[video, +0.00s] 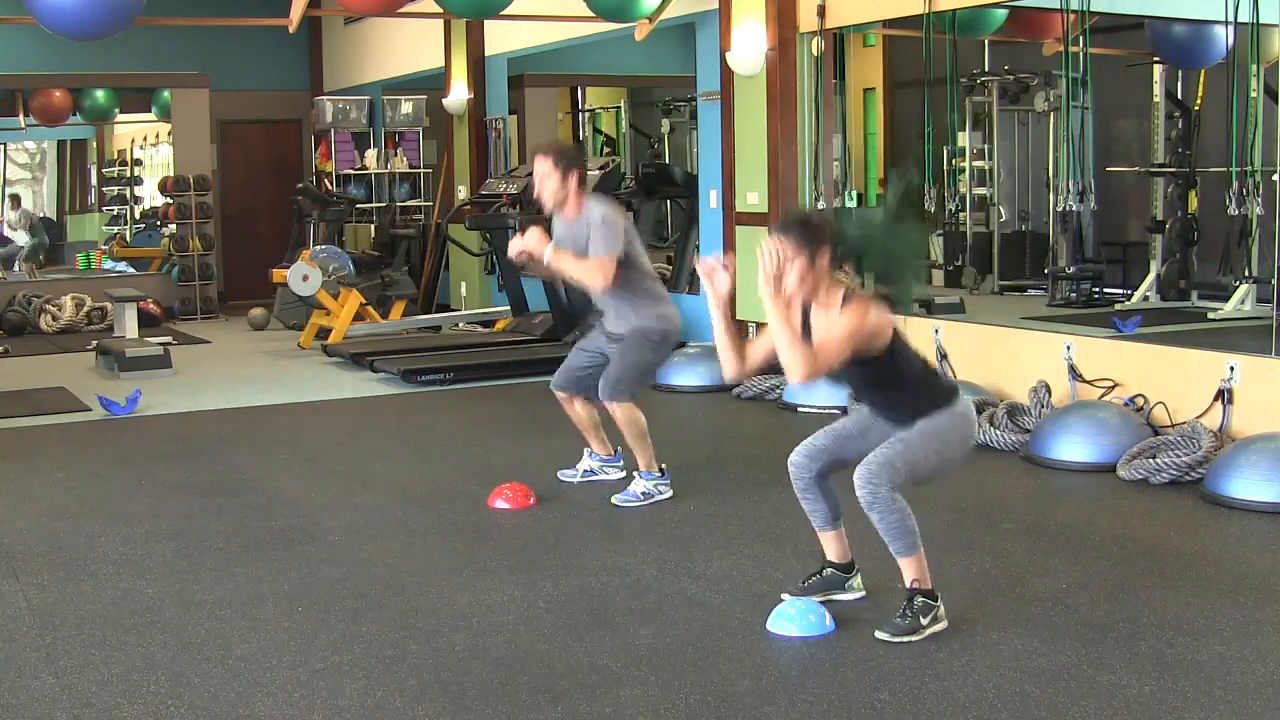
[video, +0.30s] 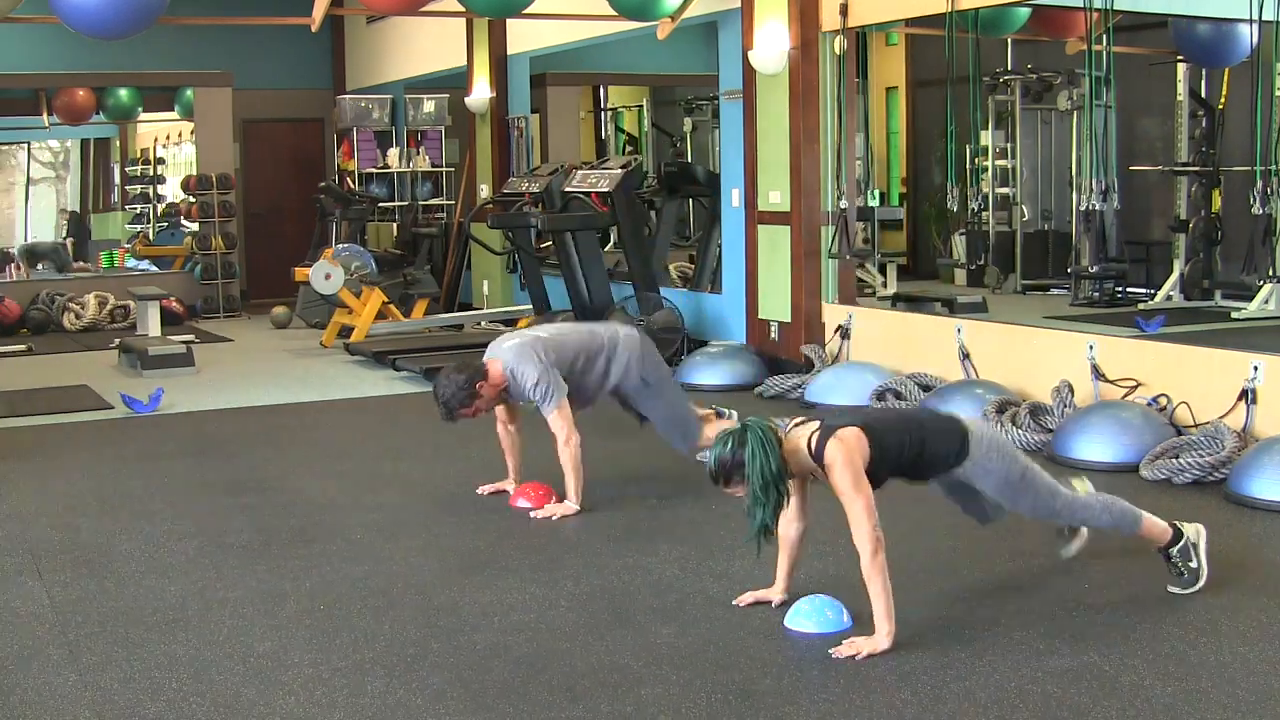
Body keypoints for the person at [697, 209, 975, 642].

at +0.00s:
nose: (778, 268)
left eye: (789, 257)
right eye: (775, 258)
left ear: (823, 258)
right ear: (773, 261)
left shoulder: (861, 309)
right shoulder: (801, 309)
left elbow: (802, 369)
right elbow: (737, 368)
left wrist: (773, 298)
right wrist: (720, 303)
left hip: (945, 418)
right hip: (887, 417)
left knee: (873, 478)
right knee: (804, 463)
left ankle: (924, 598)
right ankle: (842, 570)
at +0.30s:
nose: (743, 499)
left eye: (740, 490)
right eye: (734, 491)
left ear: (758, 469)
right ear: (754, 453)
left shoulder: (837, 453)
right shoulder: (785, 446)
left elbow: (872, 547)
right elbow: (790, 519)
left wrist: (884, 634)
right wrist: (780, 588)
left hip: (968, 445)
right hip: (934, 454)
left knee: (1064, 503)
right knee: (988, 508)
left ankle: (1174, 536)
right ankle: (1069, 515)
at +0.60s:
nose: (739, 502)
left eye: (737, 494)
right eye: (731, 496)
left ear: (754, 472)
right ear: (750, 456)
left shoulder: (835, 450)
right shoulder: (775, 443)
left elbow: (870, 546)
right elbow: (783, 519)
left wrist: (883, 632)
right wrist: (779, 588)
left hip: (948, 440)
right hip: (924, 441)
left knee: (1021, 538)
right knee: (1005, 495)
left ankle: (1148, 532)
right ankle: (1080, 514)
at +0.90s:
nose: (738, 508)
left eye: (736, 500)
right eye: (730, 503)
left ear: (754, 479)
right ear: (744, 460)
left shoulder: (837, 451)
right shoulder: (769, 438)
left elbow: (871, 544)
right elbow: (775, 514)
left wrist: (883, 634)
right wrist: (779, 585)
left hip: (919, 447)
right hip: (917, 416)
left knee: (845, 551)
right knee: (984, 489)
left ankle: (979, 536)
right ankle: (1067, 519)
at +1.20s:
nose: (731, 510)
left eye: (729, 502)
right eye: (722, 505)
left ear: (745, 482)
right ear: (734, 463)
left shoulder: (828, 450)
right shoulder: (760, 442)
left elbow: (863, 547)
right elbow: (773, 517)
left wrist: (882, 634)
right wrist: (780, 587)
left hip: (920, 443)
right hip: (910, 417)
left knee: (899, 573)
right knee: (977, 490)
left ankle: (1026, 531)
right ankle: (1060, 513)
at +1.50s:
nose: (740, 502)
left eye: (736, 495)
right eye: (732, 497)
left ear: (749, 473)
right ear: (743, 458)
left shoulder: (830, 452)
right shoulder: (769, 445)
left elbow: (866, 549)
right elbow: (780, 517)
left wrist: (883, 633)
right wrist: (779, 587)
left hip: (942, 451)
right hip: (918, 446)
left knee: (1042, 513)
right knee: (1012, 496)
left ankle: (1162, 532)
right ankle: (1077, 526)